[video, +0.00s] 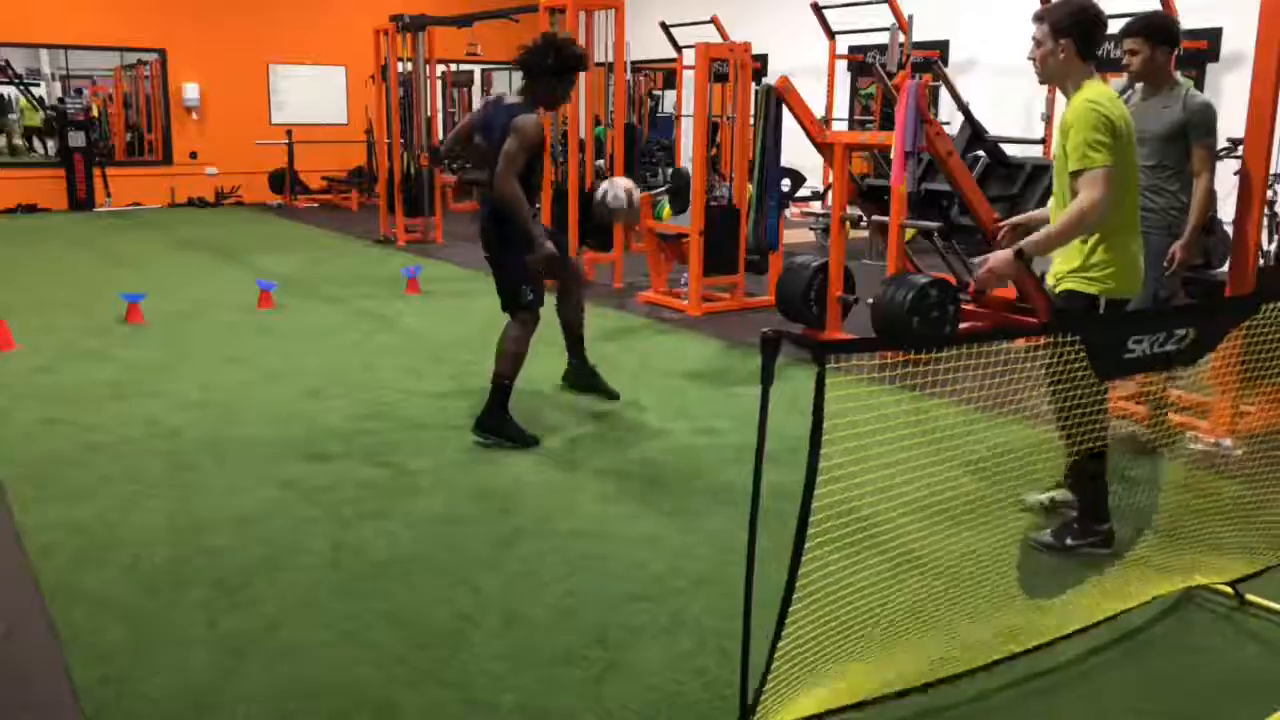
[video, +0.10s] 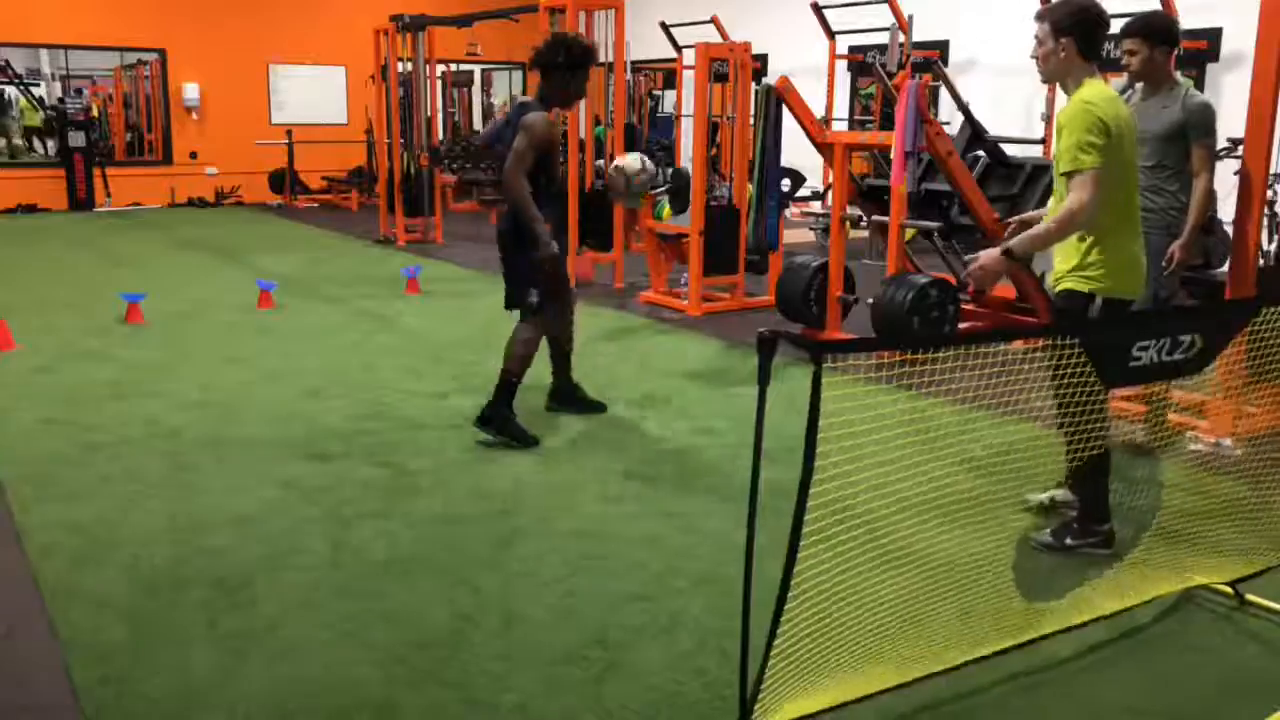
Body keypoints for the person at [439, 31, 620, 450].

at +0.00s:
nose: (568, 95)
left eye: (569, 86)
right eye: (567, 86)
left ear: (533, 77)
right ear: (549, 83)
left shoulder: (497, 105)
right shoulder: (528, 123)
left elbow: (451, 147)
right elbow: (504, 183)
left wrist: (498, 170)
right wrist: (537, 237)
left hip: (515, 224)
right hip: (509, 229)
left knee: (571, 276)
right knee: (525, 315)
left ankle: (579, 366)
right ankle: (494, 414)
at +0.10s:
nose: (584, 90)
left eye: (585, 80)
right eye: (581, 80)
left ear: (551, 77)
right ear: (562, 79)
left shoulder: (531, 115)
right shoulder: (538, 122)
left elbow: (487, 145)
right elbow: (513, 179)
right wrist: (540, 231)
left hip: (540, 228)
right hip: (526, 230)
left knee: (561, 305)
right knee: (534, 317)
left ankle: (563, 385)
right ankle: (498, 408)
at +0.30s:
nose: (593, 86)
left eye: (594, 77)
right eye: (589, 77)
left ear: (567, 76)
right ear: (566, 75)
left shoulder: (558, 115)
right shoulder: (544, 113)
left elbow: (556, 155)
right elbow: (509, 154)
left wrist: (587, 159)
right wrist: (527, 213)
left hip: (542, 221)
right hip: (540, 222)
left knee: (563, 298)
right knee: (603, 273)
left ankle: (565, 387)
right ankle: (558, 349)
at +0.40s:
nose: (593, 90)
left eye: (594, 82)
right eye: (588, 82)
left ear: (584, 83)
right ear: (566, 80)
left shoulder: (570, 120)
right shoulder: (536, 114)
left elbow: (586, 149)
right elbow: (505, 152)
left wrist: (605, 160)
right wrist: (537, 195)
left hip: (547, 217)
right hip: (530, 220)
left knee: (565, 298)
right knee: (609, 247)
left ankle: (563, 386)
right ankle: (605, 329)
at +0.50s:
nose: (596, 91)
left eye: (597, 83)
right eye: (590, 83)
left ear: (580, 85)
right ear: (565, 82)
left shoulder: (577, 127)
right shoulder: (537, 116)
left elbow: (604, 157)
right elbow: (514, 153)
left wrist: (634, 173)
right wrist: (561, 189)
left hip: (541, 215)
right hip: (525, 213)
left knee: (559, 296)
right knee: (599, 237)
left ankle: (563, 386)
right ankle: (655, 300)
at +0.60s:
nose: (587, 89)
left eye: (588, 81)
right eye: (582, 80)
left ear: (568, 82)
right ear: (559, 80)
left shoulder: (560, 121)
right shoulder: (540, 119)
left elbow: (569, 157)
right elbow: (530, 165)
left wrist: (598, 174)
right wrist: (575, 199)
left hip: (538, 214)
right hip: (520, 216)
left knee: (577, 285)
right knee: (587, 248)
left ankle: (578, 372)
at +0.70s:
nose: (570, 95)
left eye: (571, 88)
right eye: (562, 88)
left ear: (570, 92)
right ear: (540, 95)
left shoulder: (555, 138)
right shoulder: (534, 137)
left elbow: (550, 193)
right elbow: (533, 194)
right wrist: (575, 227)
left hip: (551, 235)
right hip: (526, 237)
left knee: (596, 298)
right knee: (563, 301)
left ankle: (626, 369)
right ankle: (515, 365)